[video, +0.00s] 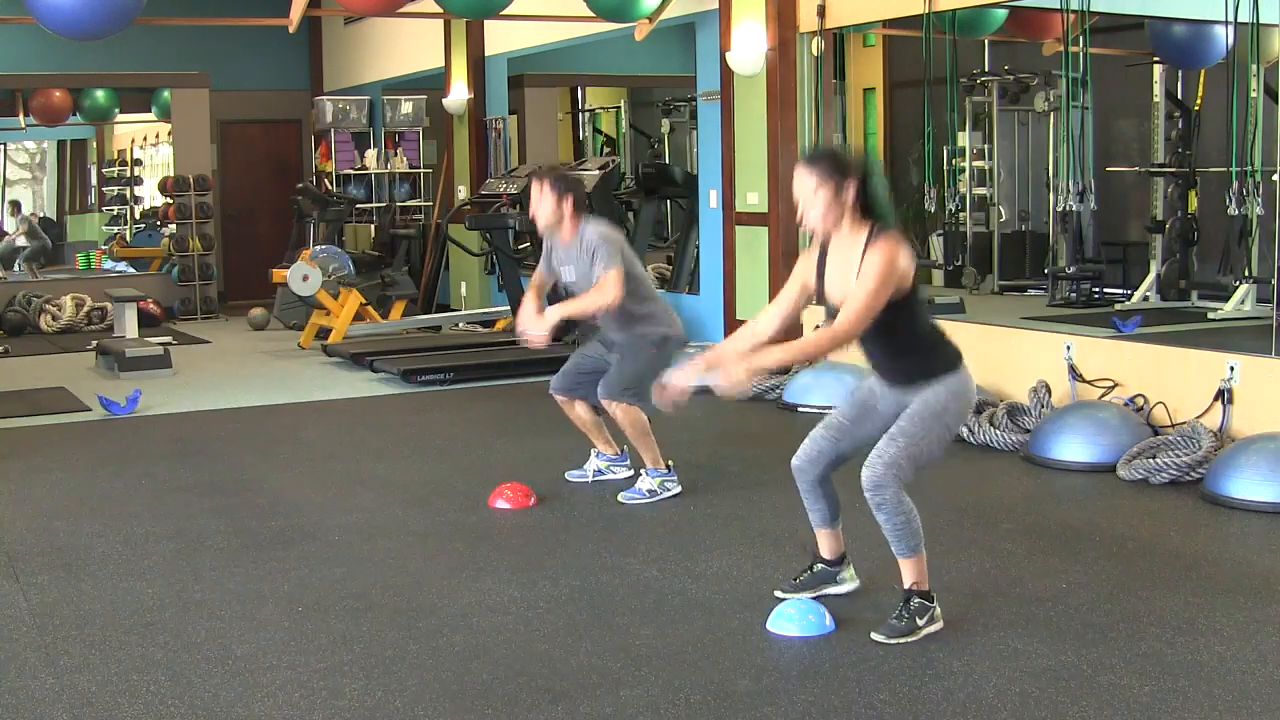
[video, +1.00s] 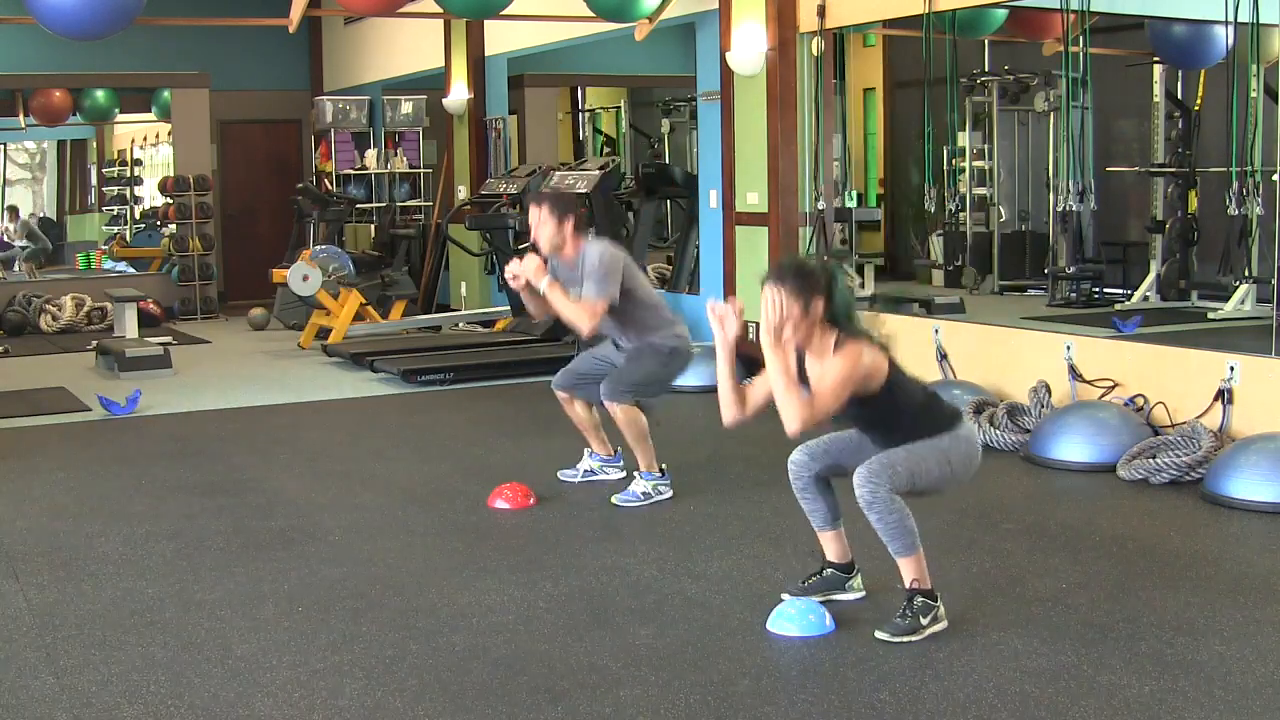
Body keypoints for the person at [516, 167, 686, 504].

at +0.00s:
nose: (532, 209)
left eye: (539, 200)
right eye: (532, 200)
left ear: (566, 203)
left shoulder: (600, 236)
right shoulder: (553, 240)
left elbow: (611, 293)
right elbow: (538, 285)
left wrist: (554, 314)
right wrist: (530, 314)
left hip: (652, 333)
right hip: (612, 335)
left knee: (615, 395)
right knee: (565, 390)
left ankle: (660, 473)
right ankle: (611, 458)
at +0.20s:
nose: (530, 120)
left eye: (534, 111)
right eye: (529, 111)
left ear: (560, 113)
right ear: (557, 114)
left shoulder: (601, 150)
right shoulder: (563, 156)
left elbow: (657, 186)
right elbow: (598, 205)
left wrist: (633, 235)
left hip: (619, 279)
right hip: (587, 278)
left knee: (600, 362)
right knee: (571, 364)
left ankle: (632, 451)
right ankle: (602, 443)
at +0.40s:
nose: (538, 118)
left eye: (544, 110)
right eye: (538, 111)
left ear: (569, 113)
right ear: (563, 115)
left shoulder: (611, 153)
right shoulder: (563, 156)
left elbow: (656, 199)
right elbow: (574, 204)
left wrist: (623, 234)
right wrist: (552, 229)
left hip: (610, 280)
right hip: (579, 277)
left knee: (568, 359)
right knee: (577, 370)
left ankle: (555, 456)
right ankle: (614, 454)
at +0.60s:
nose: (545, 109)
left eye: (551, 100)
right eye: (544, 101)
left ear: (579, 101)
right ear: (565, 103)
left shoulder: (611, 141)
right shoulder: (563, 147)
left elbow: (647, 192)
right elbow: (568, 193)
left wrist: (590, 206)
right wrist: (540, 199)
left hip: (613, 272)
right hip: (583, 273)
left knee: (581, 357)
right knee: (582, 359)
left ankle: (579, 451)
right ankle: (609, 447)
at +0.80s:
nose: (541, 141)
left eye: (547, 131)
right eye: (540, 132)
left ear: (575, 129)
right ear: (559, 133)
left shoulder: (609, 169)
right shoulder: (565, 174)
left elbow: (619, 227)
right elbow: (574, 220)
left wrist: (557, 217)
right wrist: (541, 216)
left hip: (634, 294)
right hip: (602, 293)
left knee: (610, 379)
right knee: (575, 377)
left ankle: (648, 469)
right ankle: (604, 456)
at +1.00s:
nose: (532, 234)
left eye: (539, 223)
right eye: (532, 224)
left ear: (567, 223)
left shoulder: (603, 254)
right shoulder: (558, 263)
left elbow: (587, 322)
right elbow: (543, 314)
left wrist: (544, 281)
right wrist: (523, 290)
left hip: (664, 344)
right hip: (623, 344)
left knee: (615, 393)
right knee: (565, 386)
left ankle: (653, 476)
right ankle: (605, 458)